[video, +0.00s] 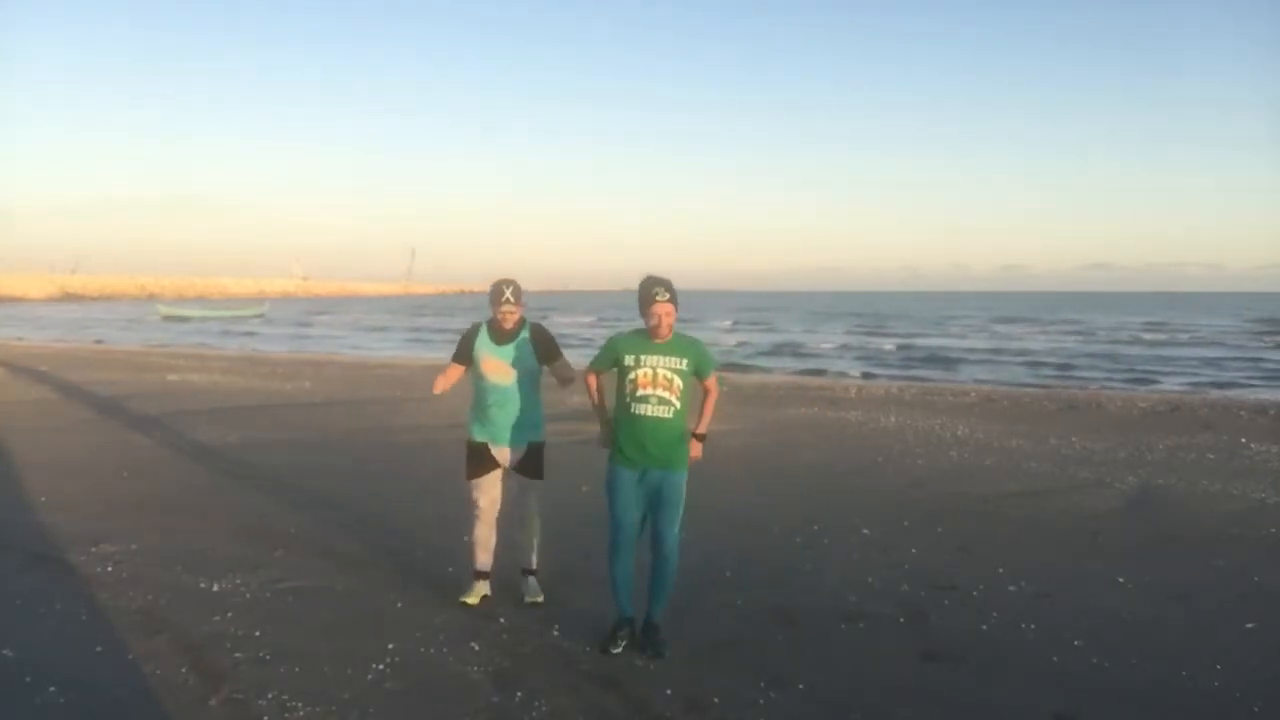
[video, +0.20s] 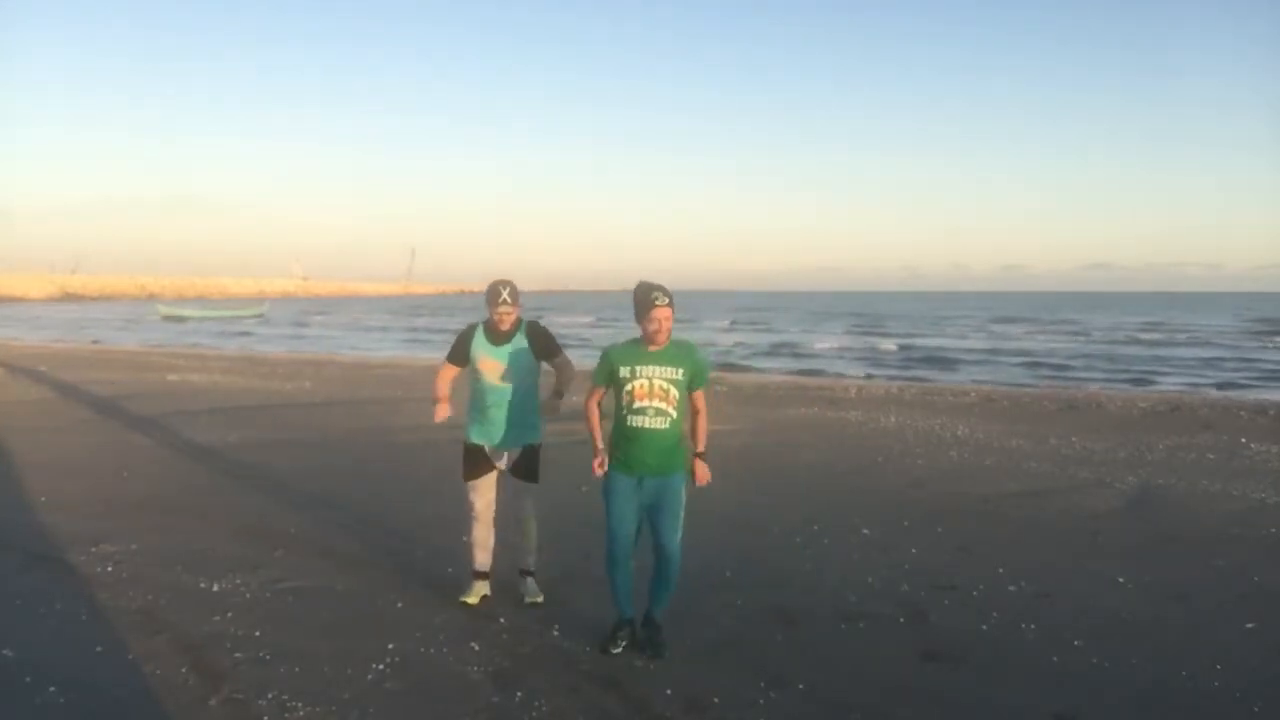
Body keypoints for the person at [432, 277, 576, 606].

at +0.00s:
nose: (508, 315)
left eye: (513, 309)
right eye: (502, 309)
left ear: (522, 308)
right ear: (492, 308)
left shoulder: (535, 334)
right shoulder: (477, 334)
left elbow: (564, 372)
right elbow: (457, 367)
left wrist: (566, 375)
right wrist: (443, 381)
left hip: (527, 437)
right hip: (484, 436)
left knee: (527, 505)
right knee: (484, 508)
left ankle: (530, 576)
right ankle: (481, 579)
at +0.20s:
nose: (504, 317)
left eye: (509, 311)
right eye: (498, 311)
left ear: (518, 308)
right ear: (488, 309)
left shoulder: (533, 333)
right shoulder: (472, 336)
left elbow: (566, 369)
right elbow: (445, 374)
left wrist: (556, 397)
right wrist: (442, 400)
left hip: (523, 436)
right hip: (481, 437)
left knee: (525, 507)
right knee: (480, 510)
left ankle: (528, 576)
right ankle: (480, 579)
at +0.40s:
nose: (495, 327)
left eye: (502, 321)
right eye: (490, 320)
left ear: (512, 320)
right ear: (481, 320)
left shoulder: (529, 348)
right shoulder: (463, 354)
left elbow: (549, 389)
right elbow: (449, 401)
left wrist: (550, 435)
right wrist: (449, 448)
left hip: (528, 448)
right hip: (481, 451)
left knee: (542, 514)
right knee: (478, 521)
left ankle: (544, 580)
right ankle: (480, 583)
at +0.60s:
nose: (506, 327)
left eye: (512, 320)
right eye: (501, 320)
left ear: (521, 320)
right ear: (491, 321)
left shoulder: (541, 350)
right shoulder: (473, 356)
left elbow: (563, 386)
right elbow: (456, 401)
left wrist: (561, 423)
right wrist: (467, 445)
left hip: (543, 455)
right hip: (494, 458)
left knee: (560, 527)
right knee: (486, 527)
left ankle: (576, 599)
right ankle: (480, 583)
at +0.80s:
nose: (524, 316)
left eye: (531, 309)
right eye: (518, 309)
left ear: (540, 310)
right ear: (508, 311)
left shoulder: (560, 340)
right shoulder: (492, 348)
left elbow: (587, 380)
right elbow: (474, 393)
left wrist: (587, 422)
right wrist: (484, 440)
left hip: (562, 450)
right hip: (514, 454)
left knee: (573, 529)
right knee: (499, 525)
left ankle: (581, 606)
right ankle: (481, 576)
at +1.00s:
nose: (548, 315)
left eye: (555, 308)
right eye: (542, 308)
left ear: (564, 308)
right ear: (532, 309)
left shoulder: (582, 343)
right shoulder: (513, 348)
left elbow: (610, 389)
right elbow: (493, 395)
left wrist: (617, 431)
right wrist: (494, 439)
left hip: (574, 454)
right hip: (527, 456)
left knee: (576, 532)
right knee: (523, 532)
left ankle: (581, 609)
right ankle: (529, 591)